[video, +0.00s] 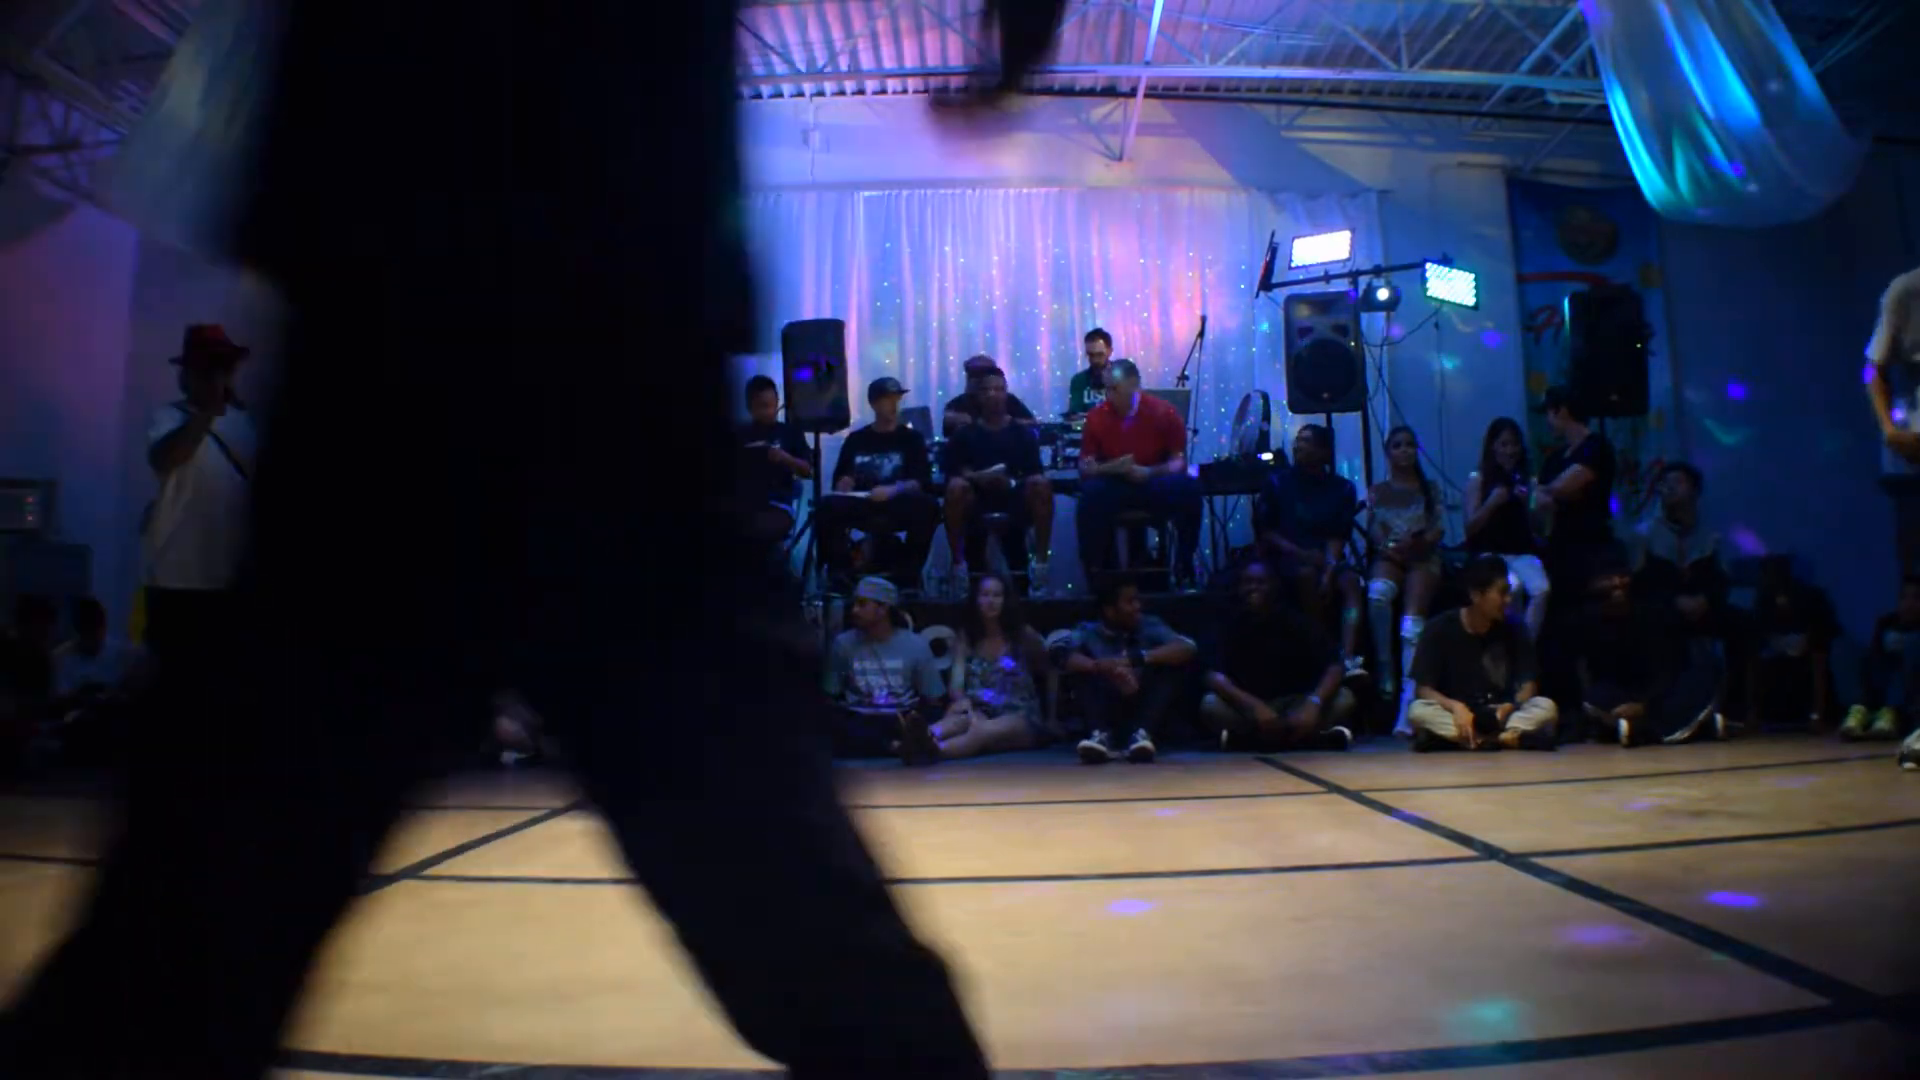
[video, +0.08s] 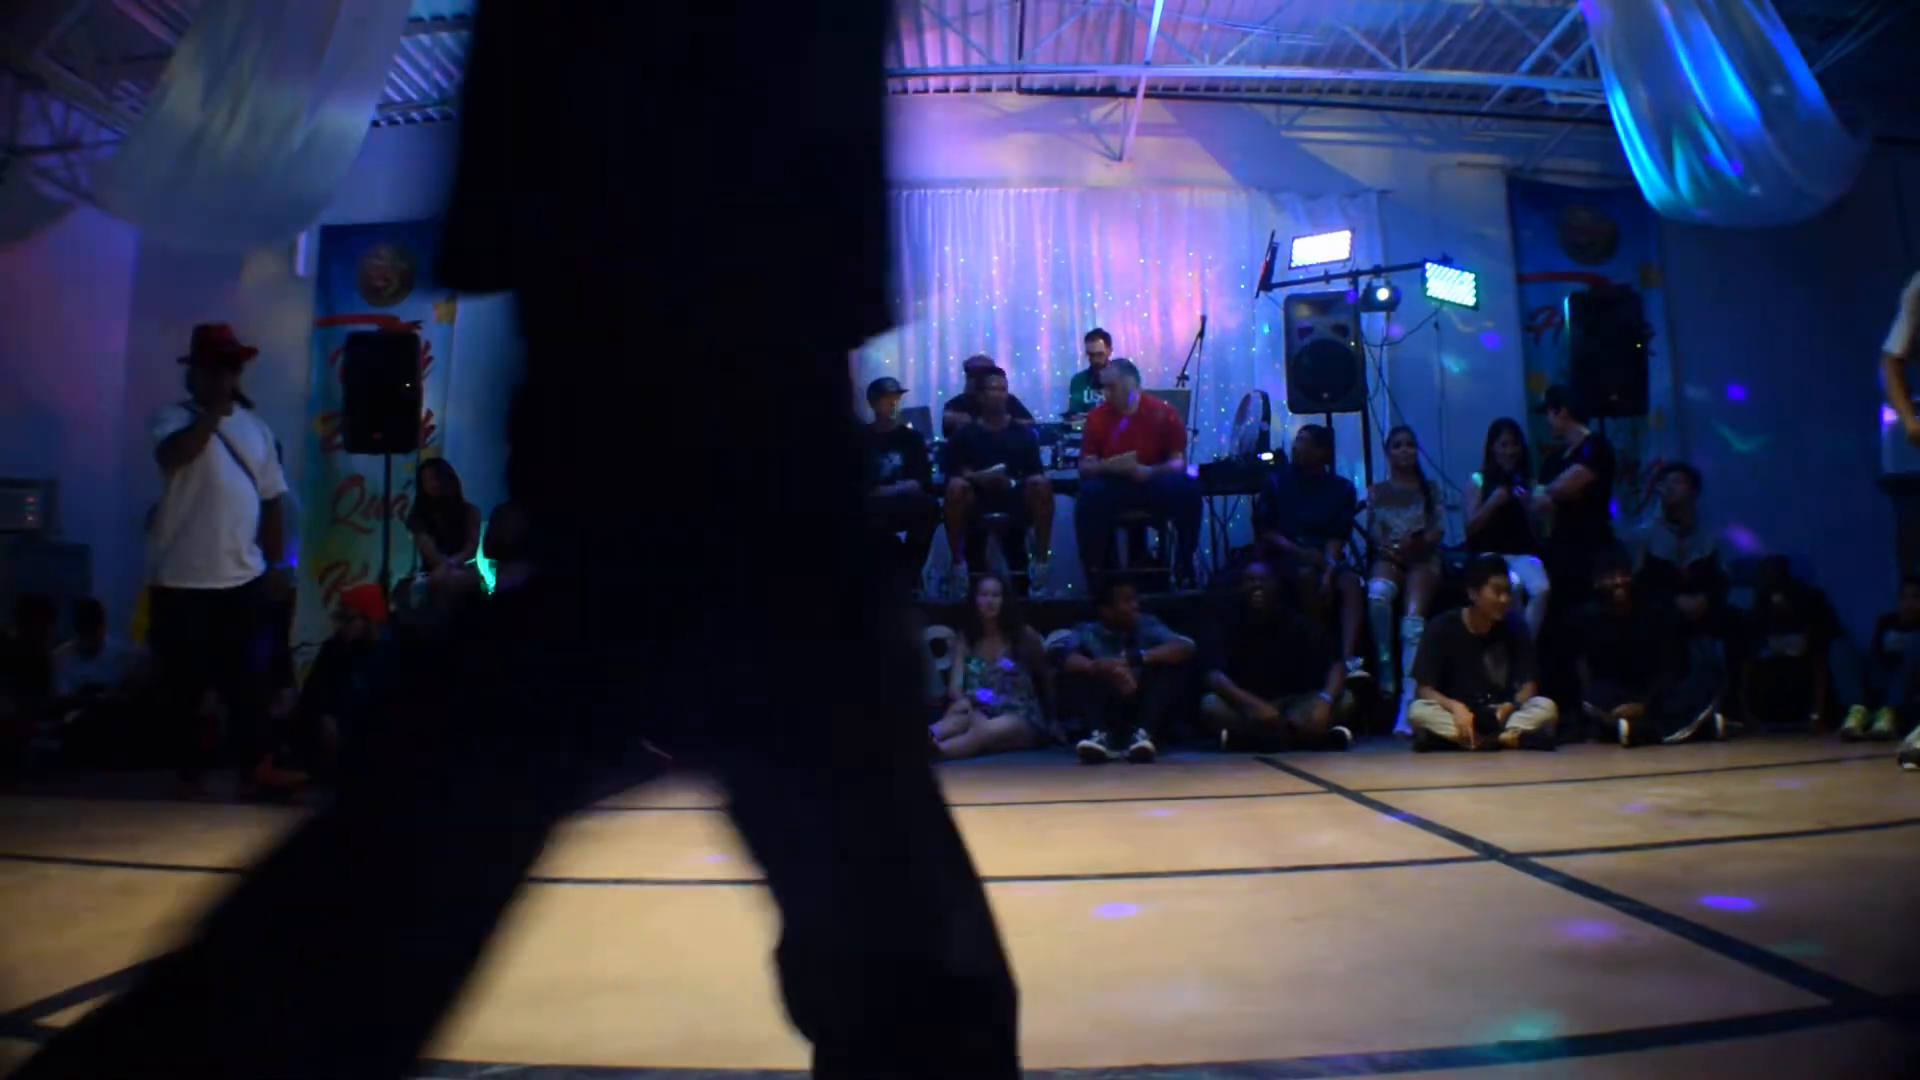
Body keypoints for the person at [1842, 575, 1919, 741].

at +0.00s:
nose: (1909, 605)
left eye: (1914, 599)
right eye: (1905, 598)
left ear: (1919, 602)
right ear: (1899, 600)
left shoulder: (1915, 628)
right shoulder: (1886, 623)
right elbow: (1875, 654)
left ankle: (1890, 711)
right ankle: (1857, 709)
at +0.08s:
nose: (1909, 604)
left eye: (1914, 598)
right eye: (1905, 597)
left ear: (1919, 601)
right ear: (1899, 599)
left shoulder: (1915, 628)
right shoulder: (1886, 623)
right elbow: (1875, 653)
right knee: (1842, 650)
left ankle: (1890, 712)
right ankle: (1856, 709)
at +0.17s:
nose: (1909, 603)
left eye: (1914, 598)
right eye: (1906, 597)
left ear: (1919, 600)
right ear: (1900, 598)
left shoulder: (1915, 628)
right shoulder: (1887, 622)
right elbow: (1875, 653)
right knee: (1842, 650)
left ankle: (1888, 712)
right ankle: (1855, 709)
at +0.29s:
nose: (1909, 603)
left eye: (1914, 598)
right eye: (1905, 597)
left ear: (1919, 601)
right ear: (1899, 598)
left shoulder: (1915, 628)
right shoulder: (1887, 622)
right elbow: (1875, 652)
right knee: (1842, 649)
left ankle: (1888, 712)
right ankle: (1854, 709)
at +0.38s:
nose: (1909, 603)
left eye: (1914, 598)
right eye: (1906, 597)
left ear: (1919, 601)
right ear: (1900, 598)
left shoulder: (1915, 627)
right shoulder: (1888, 621)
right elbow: (1876, 652)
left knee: (1908, 664)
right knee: (1841, 649)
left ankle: (1887, 713)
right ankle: (1855, 710)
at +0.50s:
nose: (1909, 603)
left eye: (1914, 598)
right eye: (1905, 597)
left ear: (1919, 601)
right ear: (1900, 598)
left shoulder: (1916, 628)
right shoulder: (1889, 621)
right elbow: (1876, 652)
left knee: (1909, 662)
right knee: (1841, 650)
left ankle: (1888, 713)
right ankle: (1856, 710)